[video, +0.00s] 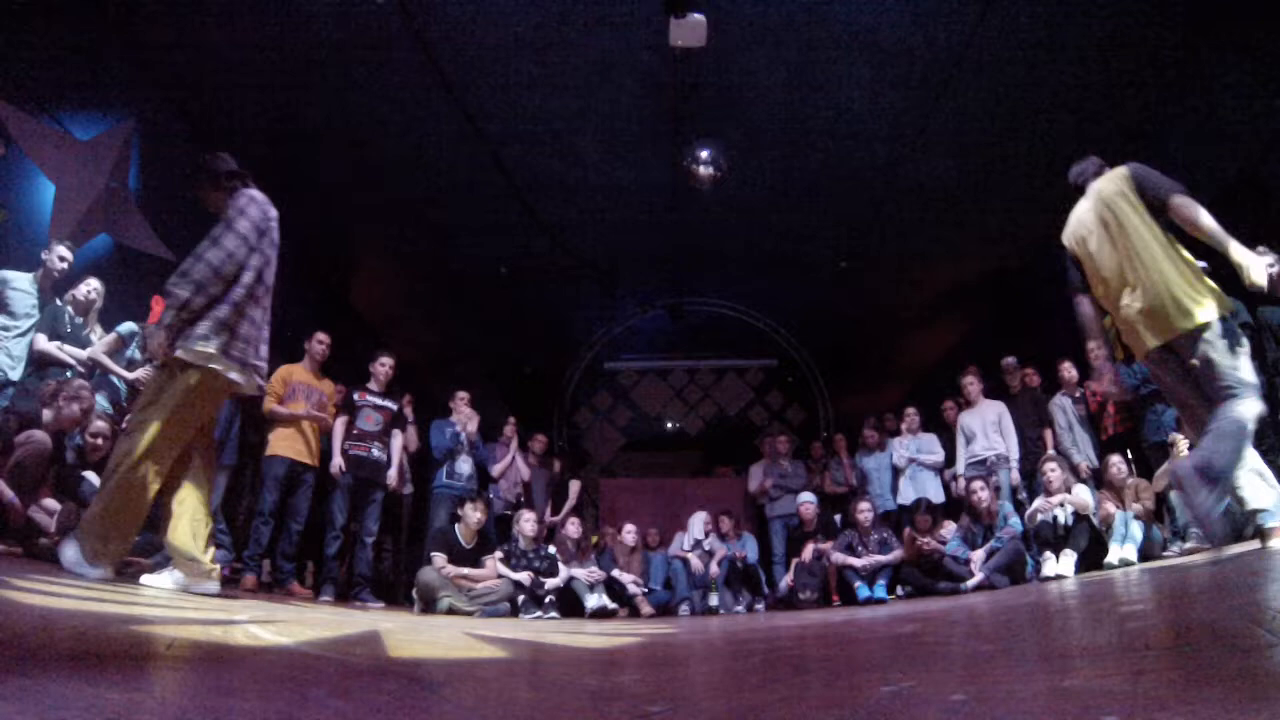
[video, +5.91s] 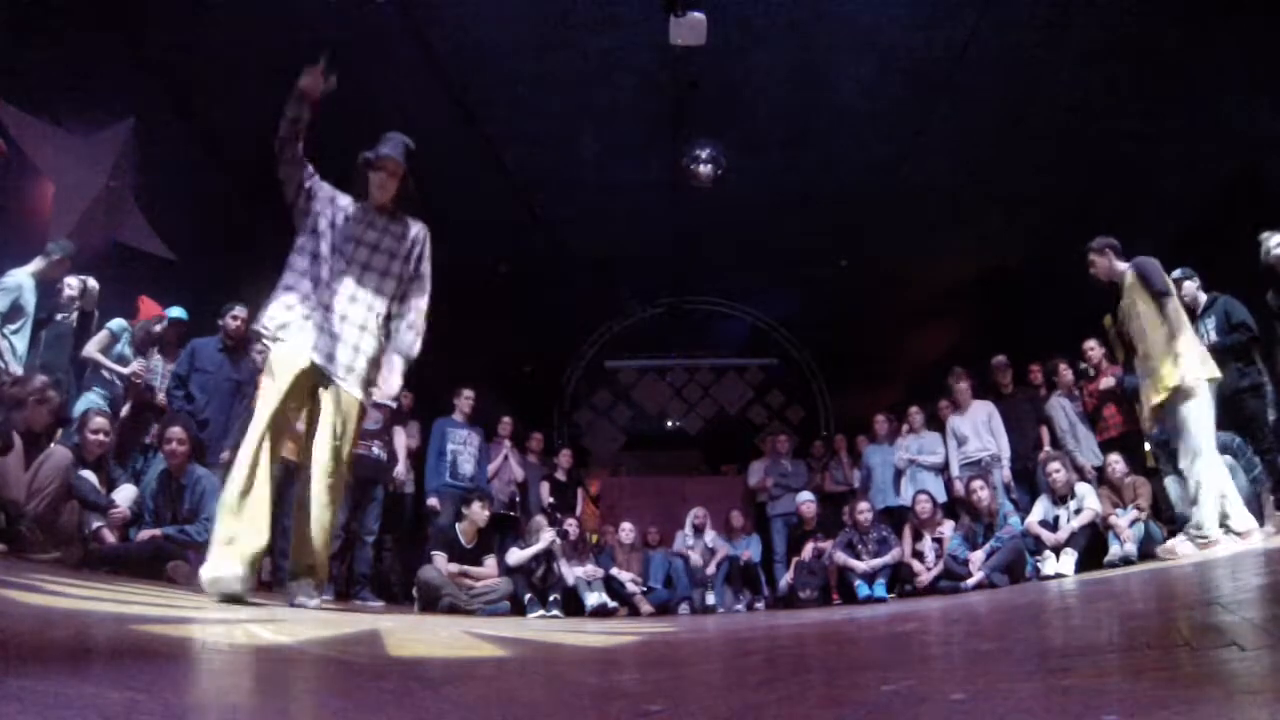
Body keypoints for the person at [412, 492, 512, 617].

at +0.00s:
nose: (479, 516)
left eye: (483, 512)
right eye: (473, 510)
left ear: (487, 516)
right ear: (460, 511)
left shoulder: (485, 539)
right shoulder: (442, 534)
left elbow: (492, 573)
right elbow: (440, 569)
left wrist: (461, 571)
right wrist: (474, 585)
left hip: (476, 591)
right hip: (447, 588)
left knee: (507, 586)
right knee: (426, 574)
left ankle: (453, 606)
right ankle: (477, 611)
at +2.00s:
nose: (465, 508)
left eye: (473, 505)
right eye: (464, 502)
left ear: (483, 515)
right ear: (458, 505)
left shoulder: (483, 538)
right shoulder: (442, 533)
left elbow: (493, 572)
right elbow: (440, 567)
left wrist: (460, 568)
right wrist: (474, 584)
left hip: (476, 590)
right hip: (446, 588)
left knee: (507, 585)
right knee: (427, 574)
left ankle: (454, 605)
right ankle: (477, 609)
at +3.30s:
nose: (484, 514)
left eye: (486, 509)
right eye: (478, 508)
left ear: (489, 512)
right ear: (462, 510)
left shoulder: (485, 538)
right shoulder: (442, 533)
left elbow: (493, 572)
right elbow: (442, 570)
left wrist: (462, 569)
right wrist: (474, 584)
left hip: (476, 591)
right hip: (447, 588)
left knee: (506, 585)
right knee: (427, 574)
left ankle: (453, 604)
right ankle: (476, 609)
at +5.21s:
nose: (487, 513)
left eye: (488, 508)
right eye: (482, 507)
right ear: (465, 509)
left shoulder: (484, 536)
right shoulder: (443, 530)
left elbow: (492, 572)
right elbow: (441, 569)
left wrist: (461, 569)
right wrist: (475, 584)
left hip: (476, 590)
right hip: (448, 588)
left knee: (507, 585)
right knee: (427, 573)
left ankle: (455, 605)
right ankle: (477, 609)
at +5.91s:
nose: (487, 514)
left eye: (488, 509)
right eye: (482, 508)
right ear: (465, 509)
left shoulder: (484, 537)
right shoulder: (444, 532)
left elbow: (493, 572)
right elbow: (442, 570)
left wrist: (462, 569)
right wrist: (474, 584)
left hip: (476, 591)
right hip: (446, 590)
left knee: (507, 584)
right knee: (426, 572)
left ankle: (457, 604)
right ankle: (477, 608)